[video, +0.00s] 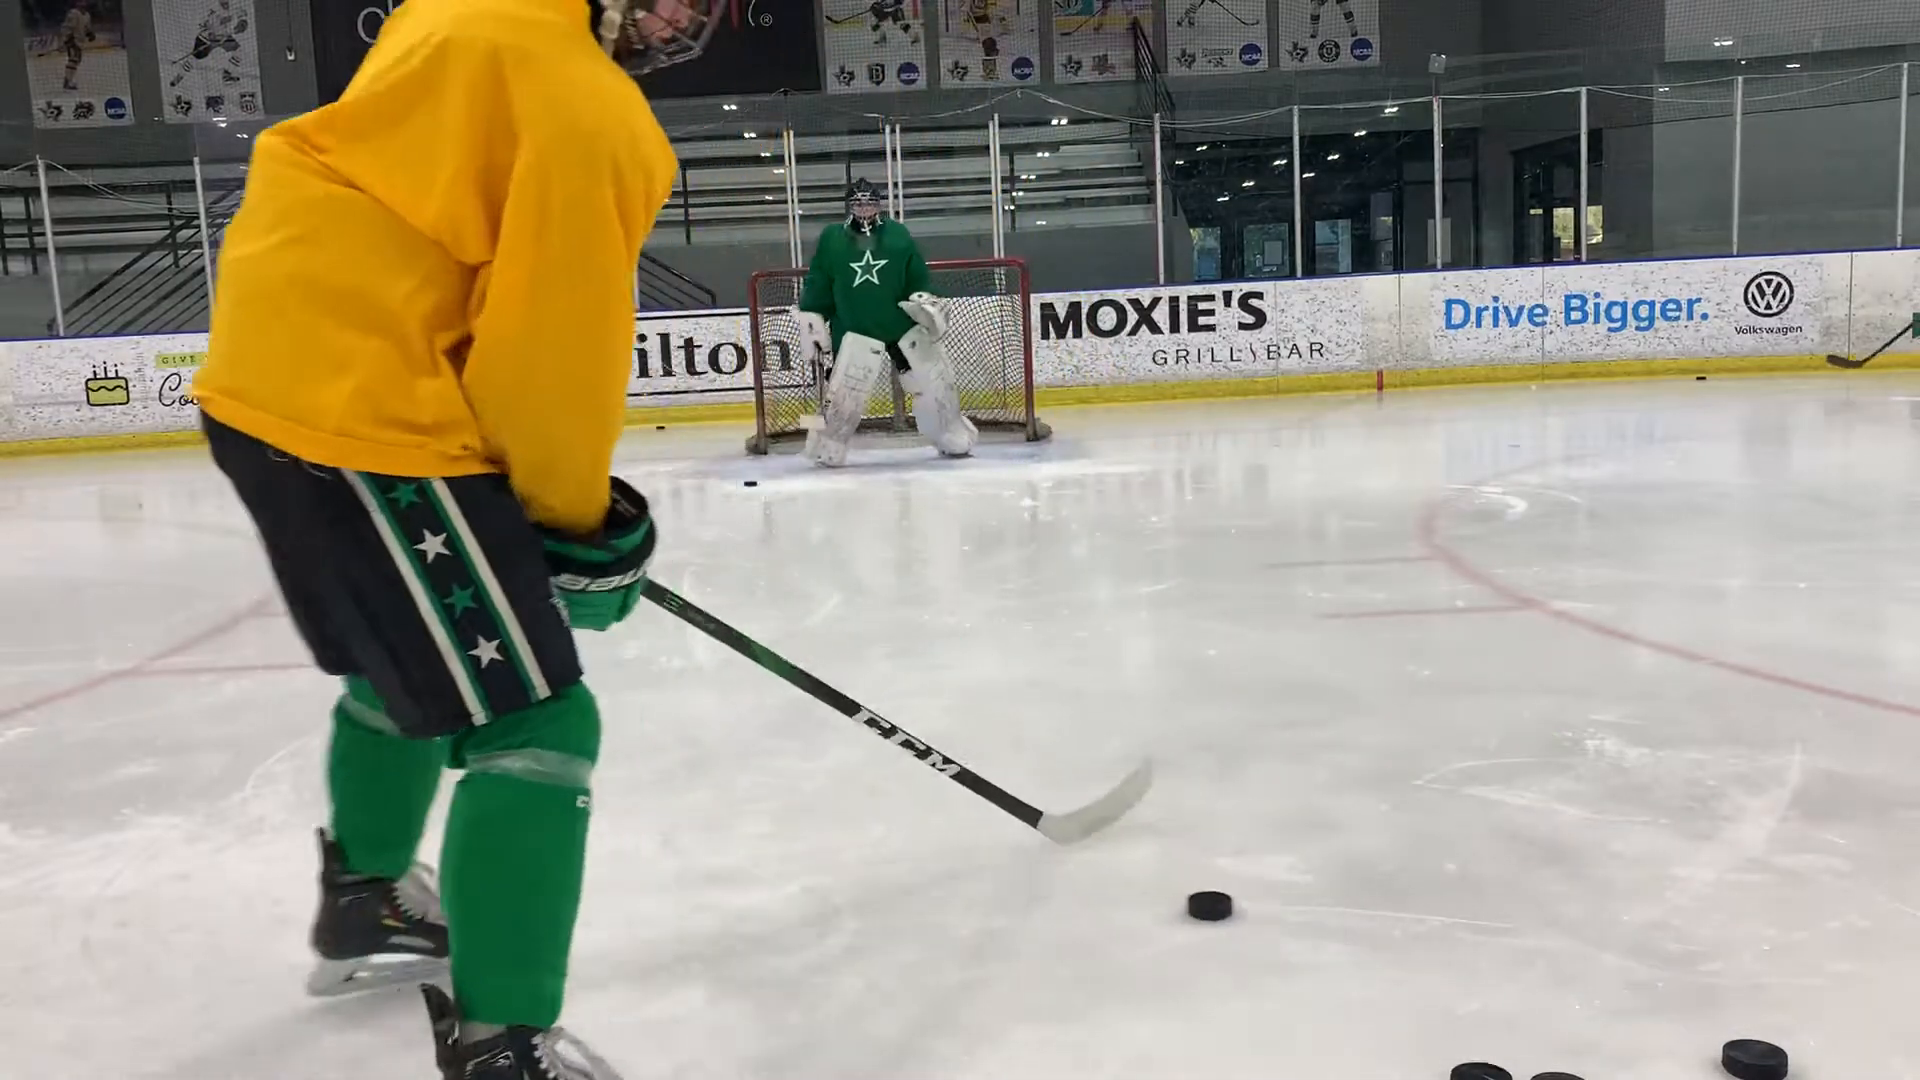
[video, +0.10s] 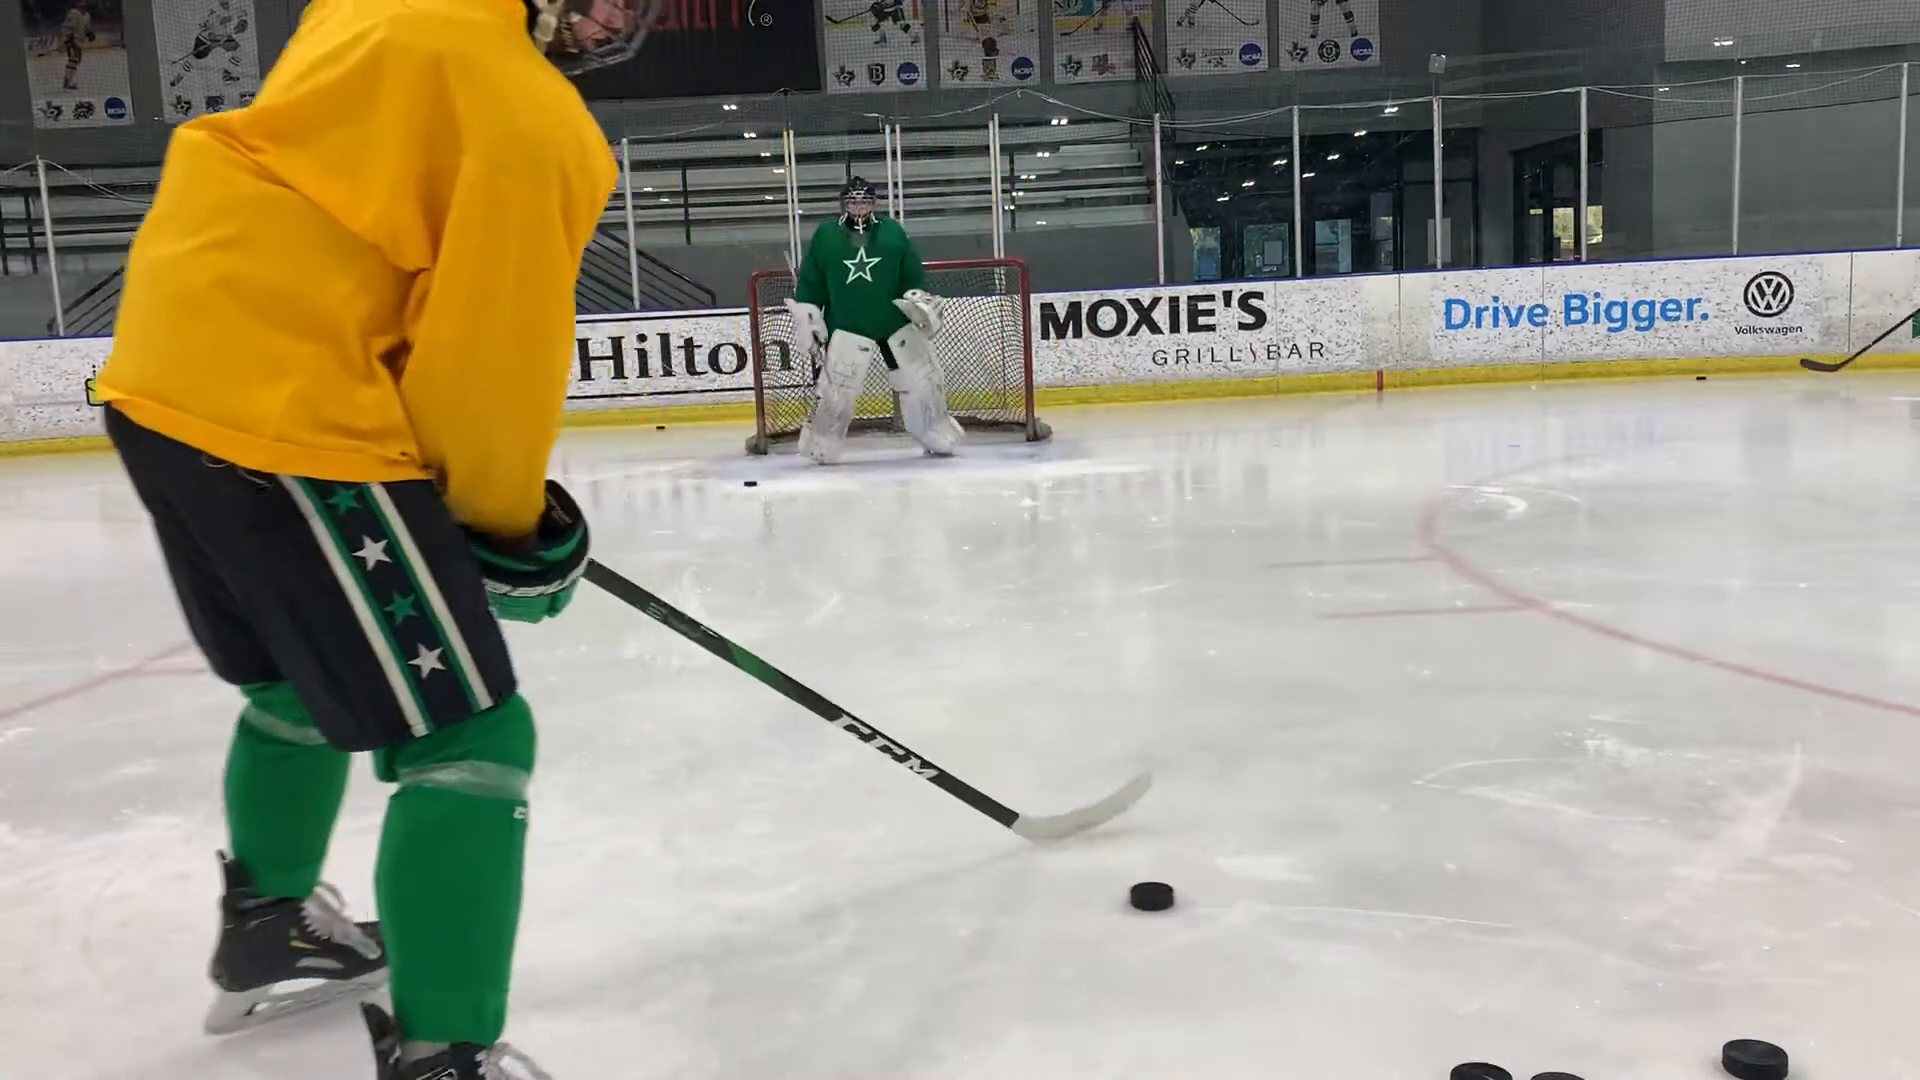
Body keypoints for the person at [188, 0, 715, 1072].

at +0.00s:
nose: (687, 29)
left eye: (706, 24)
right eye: (694, 4)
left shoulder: (450, 24)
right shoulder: (590, 109)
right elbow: (545, 370)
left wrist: (537, 484)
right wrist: (580, 524)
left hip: (262, 386)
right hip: (368, 408)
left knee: (398, 663)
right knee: (535, 723)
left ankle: (363, 897)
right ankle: (501, 1041)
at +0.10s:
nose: (623, 26)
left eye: (636, 20)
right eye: (626, 6)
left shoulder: (363, 19)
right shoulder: (534, 118)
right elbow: (485, 398)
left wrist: (453, 477)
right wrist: (516, 532)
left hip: (162, 386)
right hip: (296, 414)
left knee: (303, 679)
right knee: (470, 732)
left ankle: (269, 923)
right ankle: (444, 1051)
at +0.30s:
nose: (488, 24)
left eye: (507, 20)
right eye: (500, 7)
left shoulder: (201, 16)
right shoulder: (401, 115)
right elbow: (349, 405)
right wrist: (409, 526)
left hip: (12, 366)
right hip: (126, 400)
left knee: (126, 720)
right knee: (314, 769)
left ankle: (101, 983)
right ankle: (293, 1062)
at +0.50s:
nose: (344, 15)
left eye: (354, 12)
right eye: (350, 4)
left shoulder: (42, 22)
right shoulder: (244, 99)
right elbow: (207, 416)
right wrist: (329, 540)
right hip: (28, 454)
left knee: (12, 782)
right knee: (154, 798)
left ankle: (0, 1018)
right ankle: (107, 1057)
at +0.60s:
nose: (278, 13)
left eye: (279, 14)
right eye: (282, 8)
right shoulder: (177, 96)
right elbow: (128, 430)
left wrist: (215, 548)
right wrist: (234, 564)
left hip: (13, 467)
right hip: (1, 470)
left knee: (64, 797)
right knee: (79, 805)